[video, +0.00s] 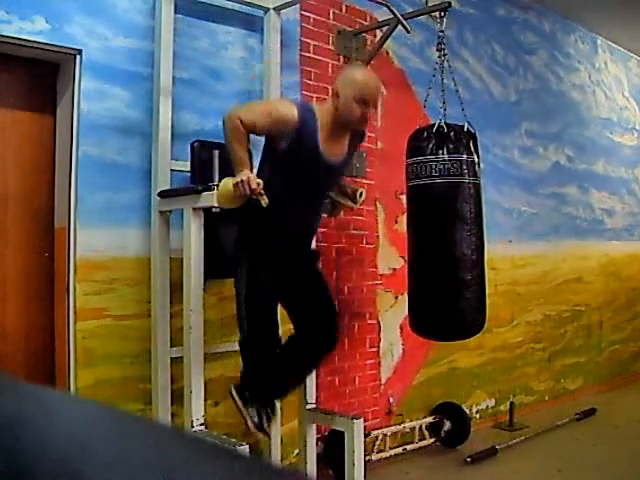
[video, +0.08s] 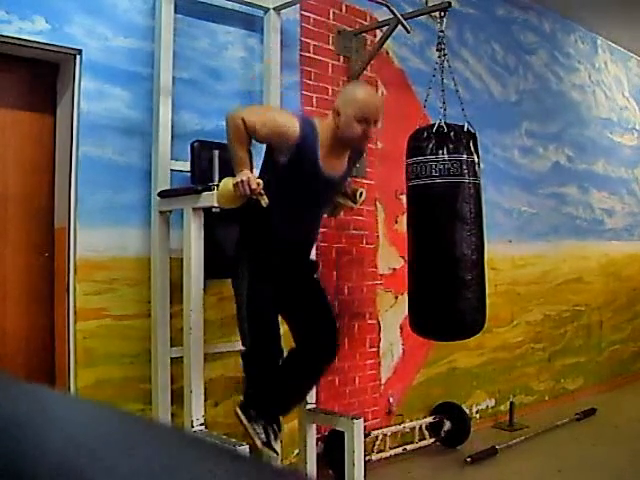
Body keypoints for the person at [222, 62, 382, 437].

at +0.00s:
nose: (368, 116)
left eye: (373, 107)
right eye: (363, 105)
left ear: (372, 106)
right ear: (337, 96)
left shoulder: (351, 138)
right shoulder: (293, 117)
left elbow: (312, 172)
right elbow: (236, 119)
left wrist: (336, 190)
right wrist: (243, 171)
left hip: (297, 248)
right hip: (259, 243)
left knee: (322, 329)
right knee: (260, 337)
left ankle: (257, 391)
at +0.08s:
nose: (370, 133)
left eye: (374, 124)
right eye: (362, 123)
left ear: (377, 122)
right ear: (337, 113)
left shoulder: (351, 152)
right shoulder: (296, 131)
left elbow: (320, 180)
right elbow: (238, 120)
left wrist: (339, 194)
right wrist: (244, 171)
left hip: (296, 260)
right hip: (257, 257)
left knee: (322, 342)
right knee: (263, 346)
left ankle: (262, 409)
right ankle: (263, 422)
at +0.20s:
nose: (372, 144)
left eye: (375, 136)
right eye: (365, 134)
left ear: (375, 134)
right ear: (338, 124)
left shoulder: (352, 160)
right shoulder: (297, 141)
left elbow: (317, 186)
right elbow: (242, 119)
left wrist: (340, 196)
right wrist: (243, 171)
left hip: (296, 267)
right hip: (257, 263)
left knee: (324, 350)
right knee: (265, 354)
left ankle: (260, 418)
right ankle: (270, 431)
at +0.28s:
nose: (371, 140)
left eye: (375, 131)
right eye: (364, 129)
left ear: (376, 130)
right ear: (338, 121)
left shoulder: (351, 159)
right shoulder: (297, 139)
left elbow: (316, 189)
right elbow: (241, 118)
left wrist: (340, 196)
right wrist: (243, 171)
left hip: (298, 266)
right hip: (258, 264)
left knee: (327, 350)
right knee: (268, 357)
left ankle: (263, 417)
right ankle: (270, 431)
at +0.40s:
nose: (368, 92)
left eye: (372, 84)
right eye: (361, 82)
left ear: (374, 84)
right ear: (336, 78)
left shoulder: (357, 121)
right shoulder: (293, 108)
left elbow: (318, 164)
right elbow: (235, 117)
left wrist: (339, 185)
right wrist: (243, 171)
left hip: (305, 242)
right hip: (265, 238)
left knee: (330, 330)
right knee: (269, 336)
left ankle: (262, 382)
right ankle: (259, 386)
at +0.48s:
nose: (367, 68)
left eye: (371, 58)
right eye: (360, 57)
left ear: (372, 58)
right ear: (334, 53)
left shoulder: (357, 99)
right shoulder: (293, 89)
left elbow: (324, 150)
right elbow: (236, 116)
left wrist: (340, 184)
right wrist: (243, 170)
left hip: (308, 223)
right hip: (269, 220)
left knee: (331, 314)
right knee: (267, 323)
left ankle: (256, 358)